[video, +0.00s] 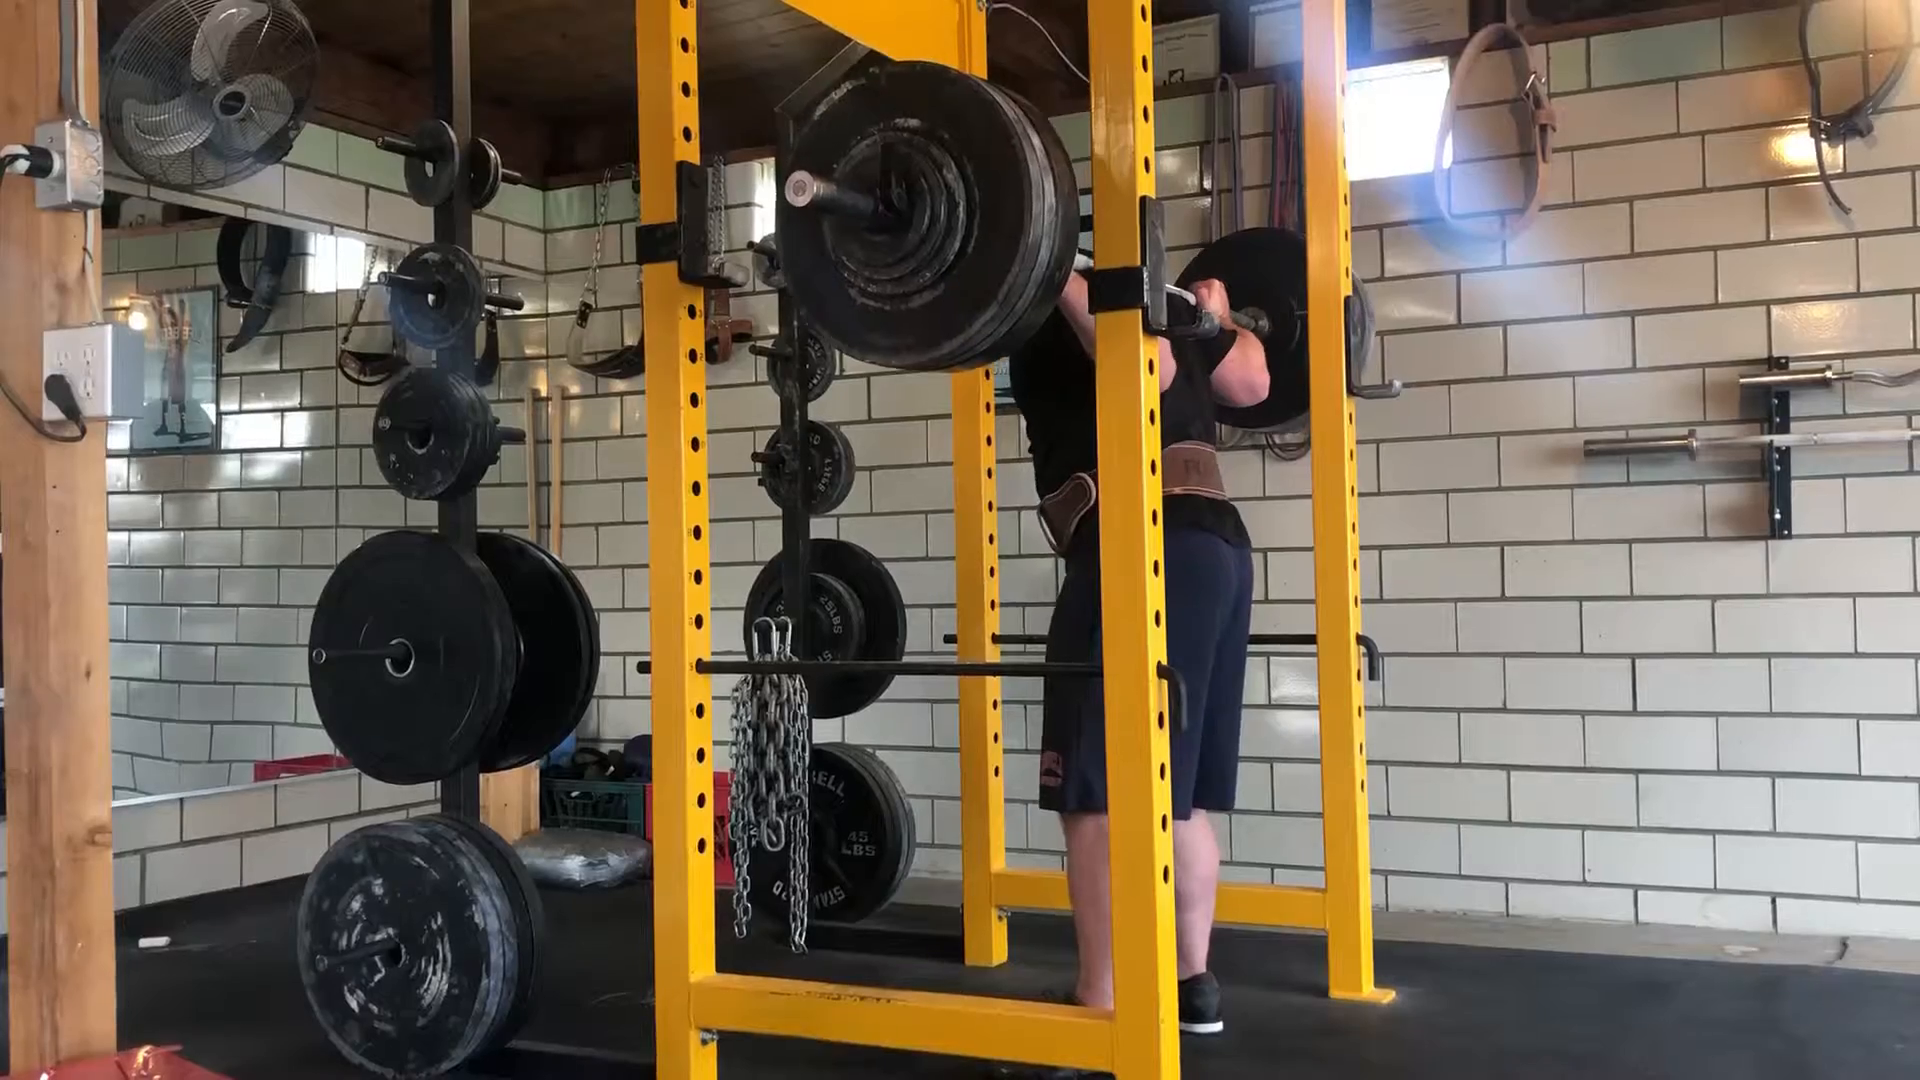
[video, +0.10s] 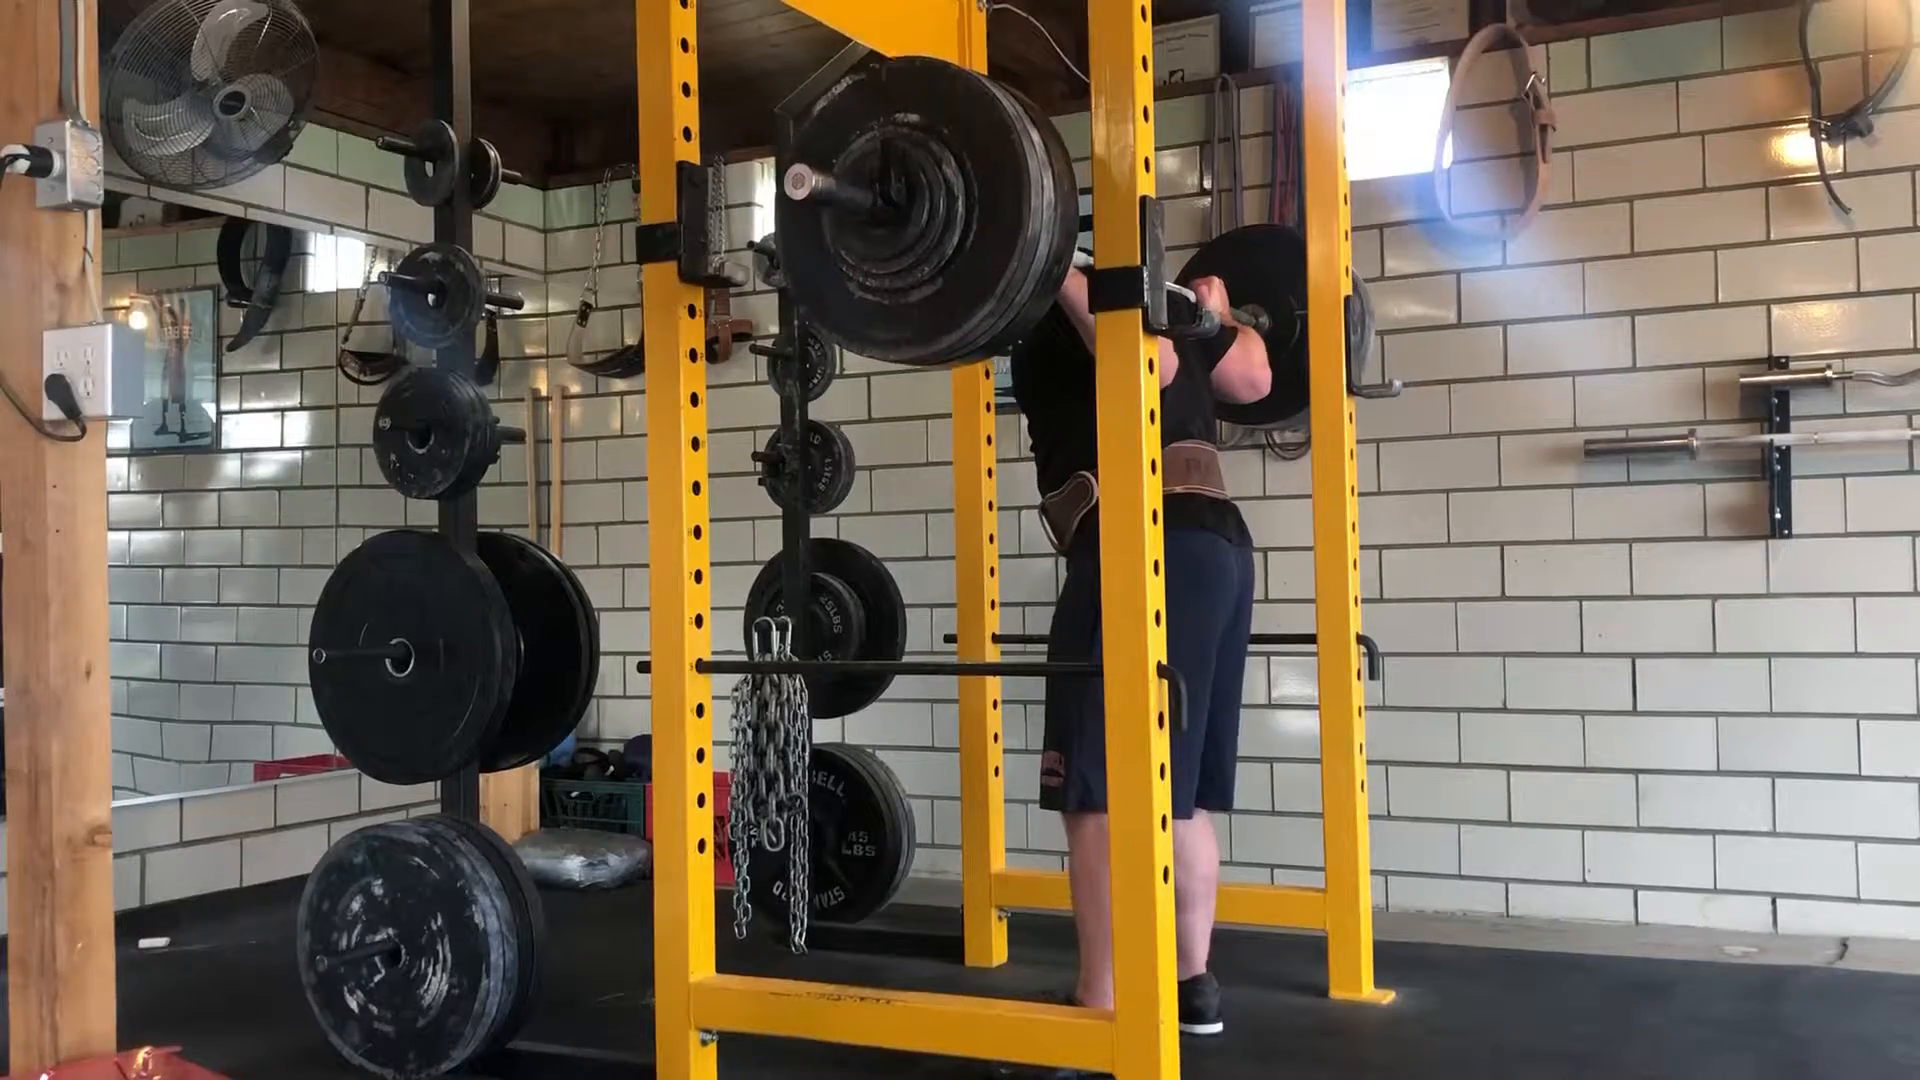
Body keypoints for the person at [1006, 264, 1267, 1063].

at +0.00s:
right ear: (1072, 225)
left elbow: (1145, 373)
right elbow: (1252, 380)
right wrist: (1214, 314)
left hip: (1130, 540)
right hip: (1215, 544)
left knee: (1090, 781)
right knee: (1191, 780)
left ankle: (1099, 1001)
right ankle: (1194, 985)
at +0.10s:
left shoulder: (1057, 305)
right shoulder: (1173, 305)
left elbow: (1153, 368)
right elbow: (1254, 377)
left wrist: (1067, 280)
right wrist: (1216, 311)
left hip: (1133, 542)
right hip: (1215, 546)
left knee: (1094, 787)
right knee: (1187, 786)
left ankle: (1099, 1004)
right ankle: (1192, 984)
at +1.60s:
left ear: (1028, 246)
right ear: (1071, 239)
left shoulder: (1051, 299)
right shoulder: (1161, 301)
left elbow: (1136, 372)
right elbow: (1247, 378)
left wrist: (1048, 282)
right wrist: (1212, 311)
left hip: (1139, 543)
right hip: (1222, 548)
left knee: (1086, 782)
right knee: (1186, 784)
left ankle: (1098, 1004)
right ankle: (1193, 987)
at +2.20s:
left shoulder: (1081, 426)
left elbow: (1167, 485)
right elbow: (1265, 484)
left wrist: (1045, 405)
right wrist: (1216, 426)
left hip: (1248, 620)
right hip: (1298, 621)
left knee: (1059, 790)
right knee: (1181, 807)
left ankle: (1101, 1012)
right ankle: (1191, 987)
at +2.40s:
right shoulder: (1135, 470)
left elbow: (1161, 543)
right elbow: (1265, 531)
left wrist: (1040, 458)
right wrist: (1217, 481)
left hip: (1259, 669)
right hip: (1306, 669)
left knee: (1044, 799)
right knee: (1174, 814)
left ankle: (1102, 1021)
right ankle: (1190, 984)